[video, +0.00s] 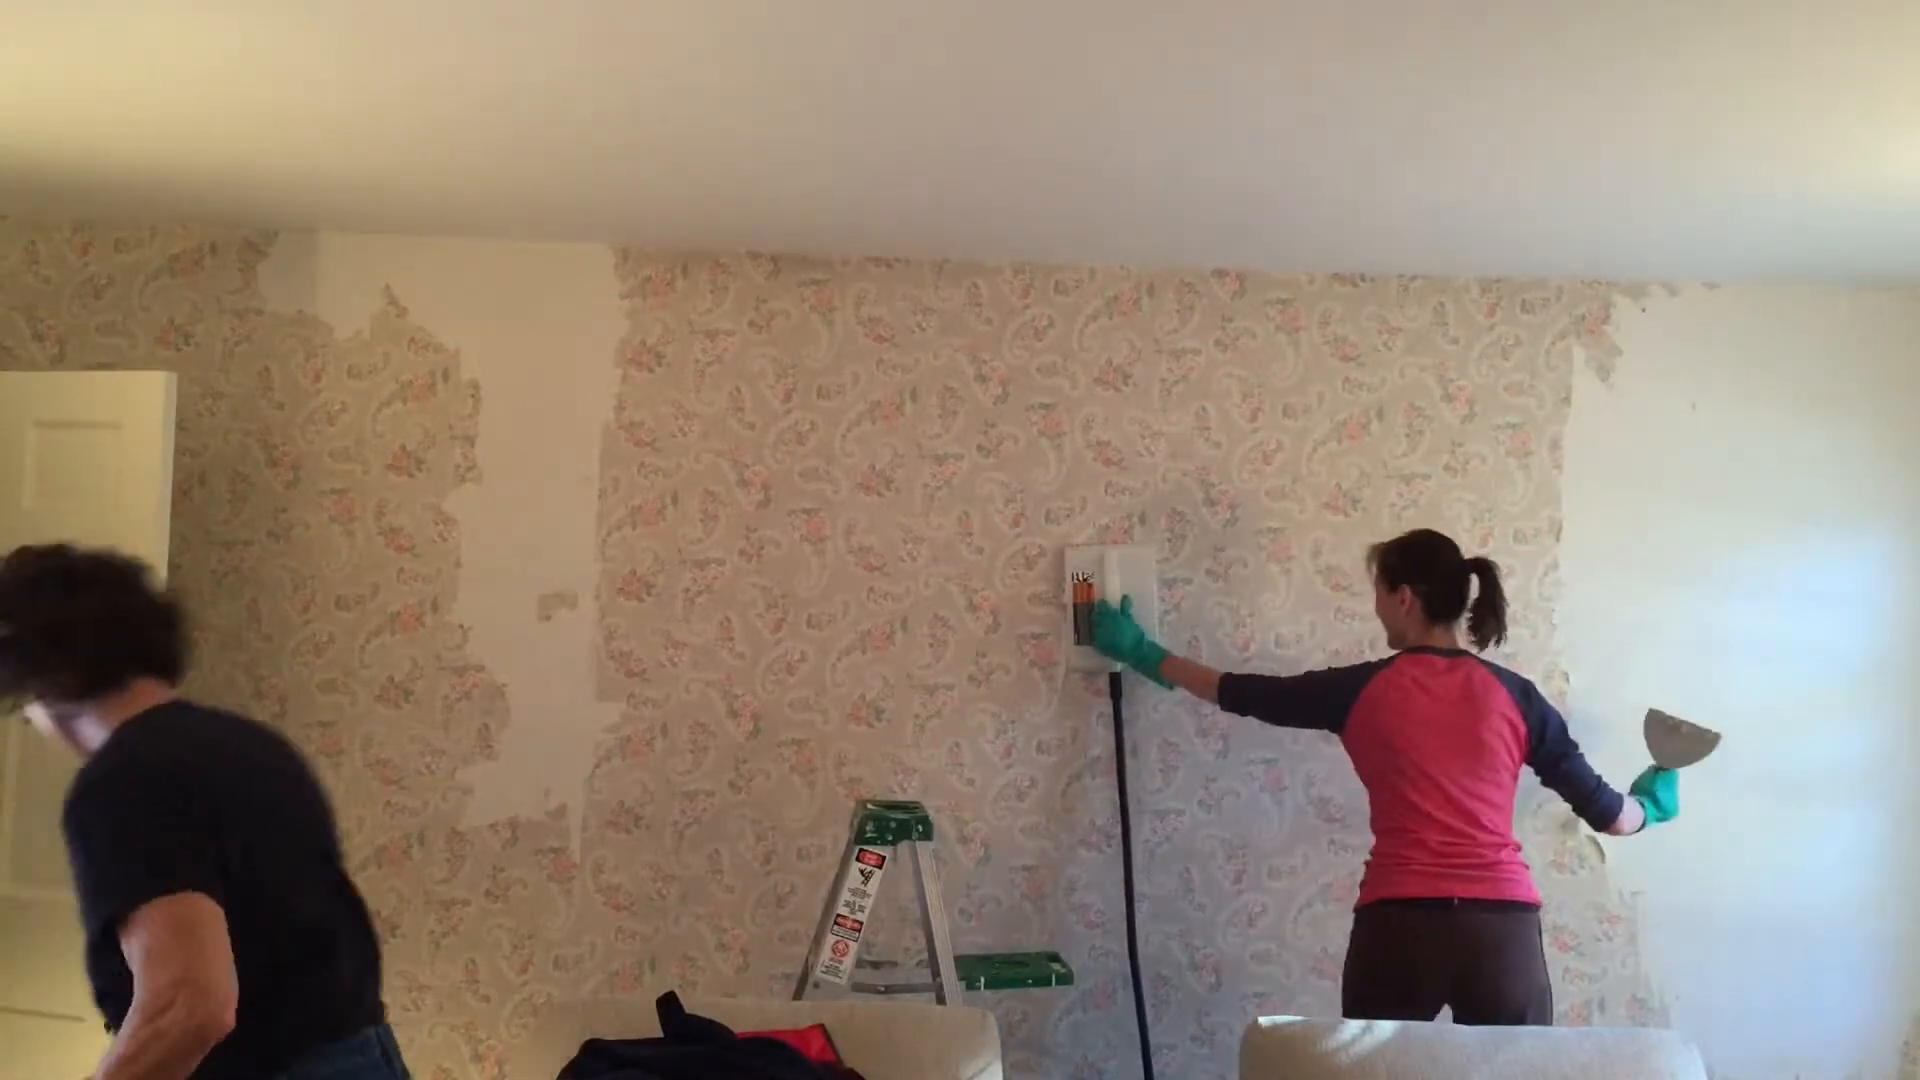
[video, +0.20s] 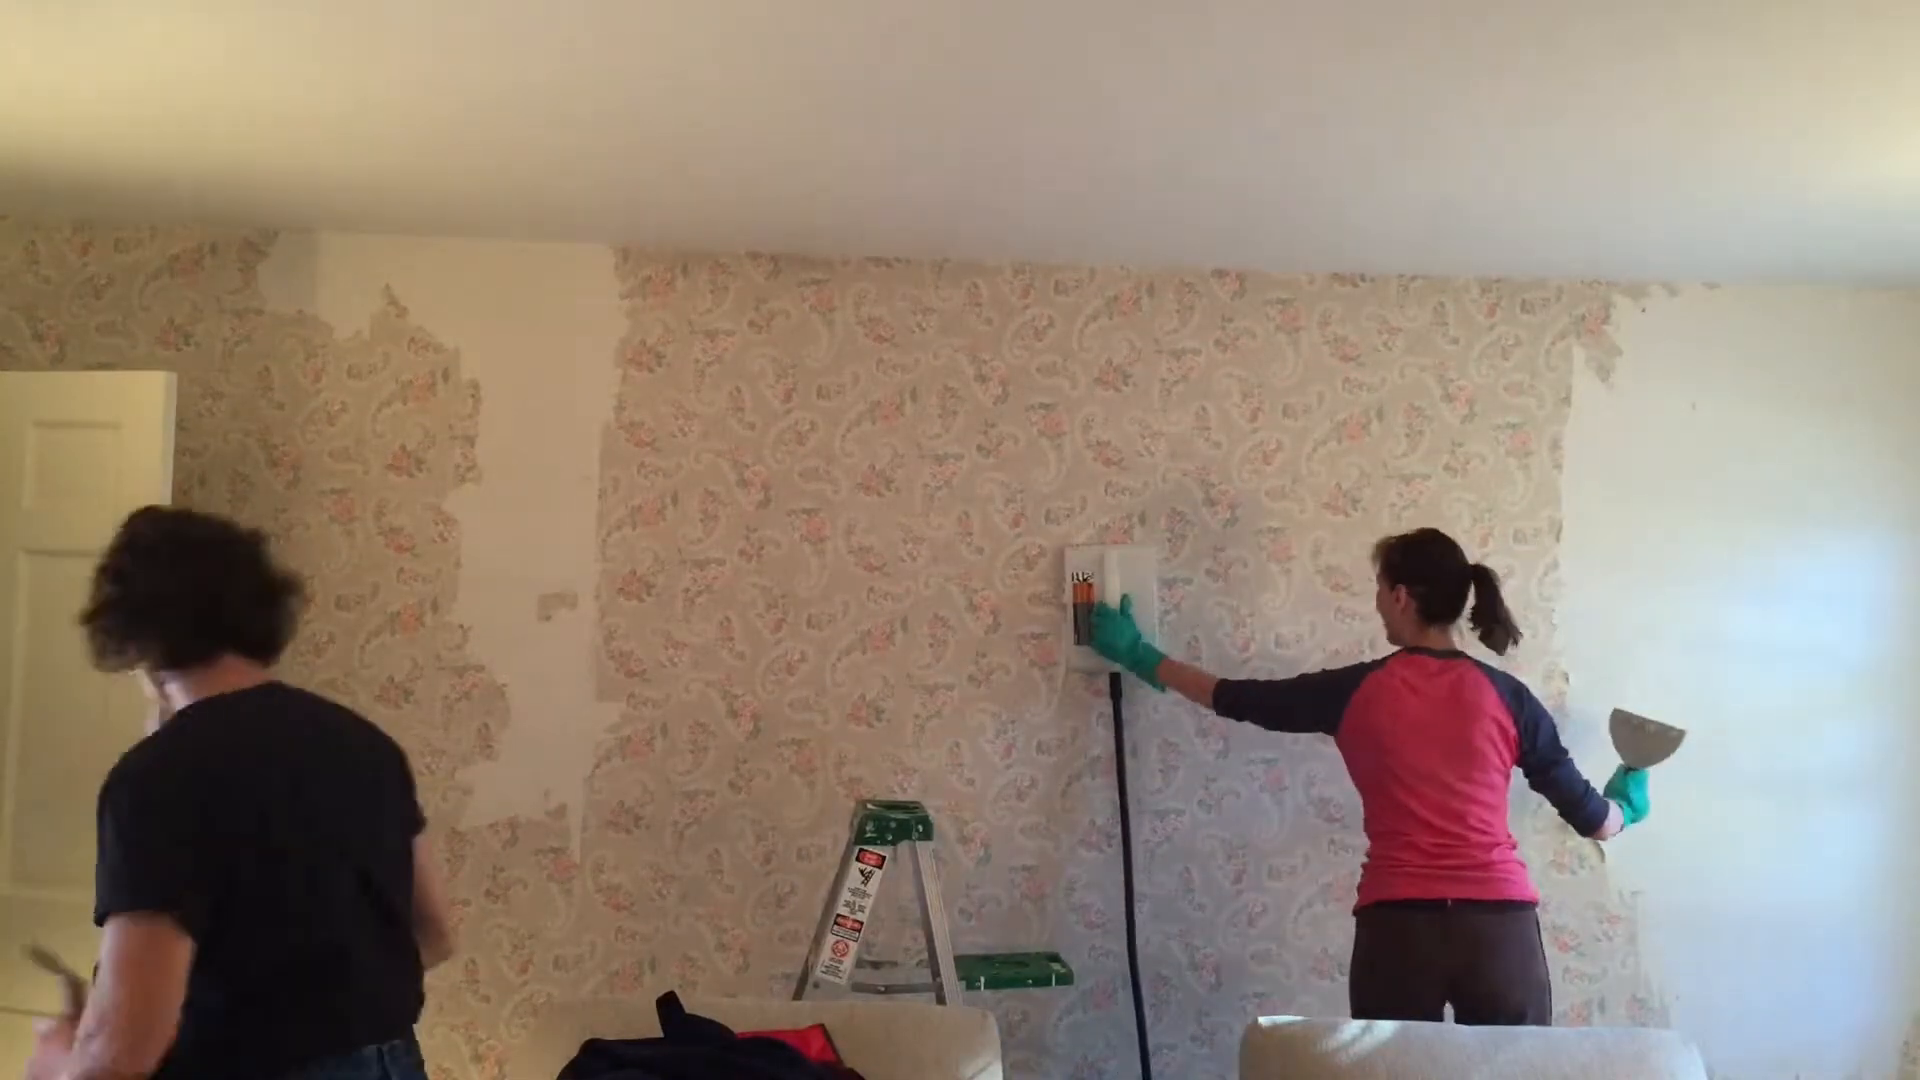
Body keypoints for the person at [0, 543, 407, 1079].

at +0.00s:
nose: (34, 718)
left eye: (27, 694)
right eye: (24, 696)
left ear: (43, 687)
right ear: (151, 637)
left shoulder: (123, 780)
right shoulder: (256, 742)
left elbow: (188, 1002)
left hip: (267, 1065)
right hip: (363, 1048)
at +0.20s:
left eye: (126, 636)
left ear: (141, 638)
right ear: (264, 609)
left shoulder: (160, 778)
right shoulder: (365, 744)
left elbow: (127, 1041)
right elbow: (433, 934)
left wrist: (63, 1062)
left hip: (232, 1063)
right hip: (384, 1057)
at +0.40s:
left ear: (161, 616)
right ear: (296, 604)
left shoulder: (124, 777)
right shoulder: (380, 741)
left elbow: (86, 1040)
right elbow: (441, 948)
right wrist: (342, 986)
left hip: (213, 1066)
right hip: (380, 1059)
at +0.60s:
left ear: (154, 627)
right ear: (284, 618)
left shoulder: (101, 780)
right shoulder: (357, 747)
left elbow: (57, 1024)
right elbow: (426, 951)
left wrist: (157, 1019)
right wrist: (327, 995)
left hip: (185, 1066)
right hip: (355, 1060)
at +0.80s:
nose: (312, 625)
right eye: (309, 610)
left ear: (173, 617)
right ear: (294, 621)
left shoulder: (108, 762)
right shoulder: (349, 742)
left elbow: (41, 981)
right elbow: (421, 931)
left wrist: (136, 998)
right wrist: (337, 979)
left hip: (183, 1058)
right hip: (346, 1049)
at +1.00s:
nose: (338, 612)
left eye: (340, 594)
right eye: (335, 594)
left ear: (207, 603)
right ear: (301, 603)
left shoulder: (122, 740)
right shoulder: (356, 725)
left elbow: (52, 934)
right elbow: (421, 918)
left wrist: (149, 938)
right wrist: (408, 955)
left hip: (167, 1037)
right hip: (326, 1037)